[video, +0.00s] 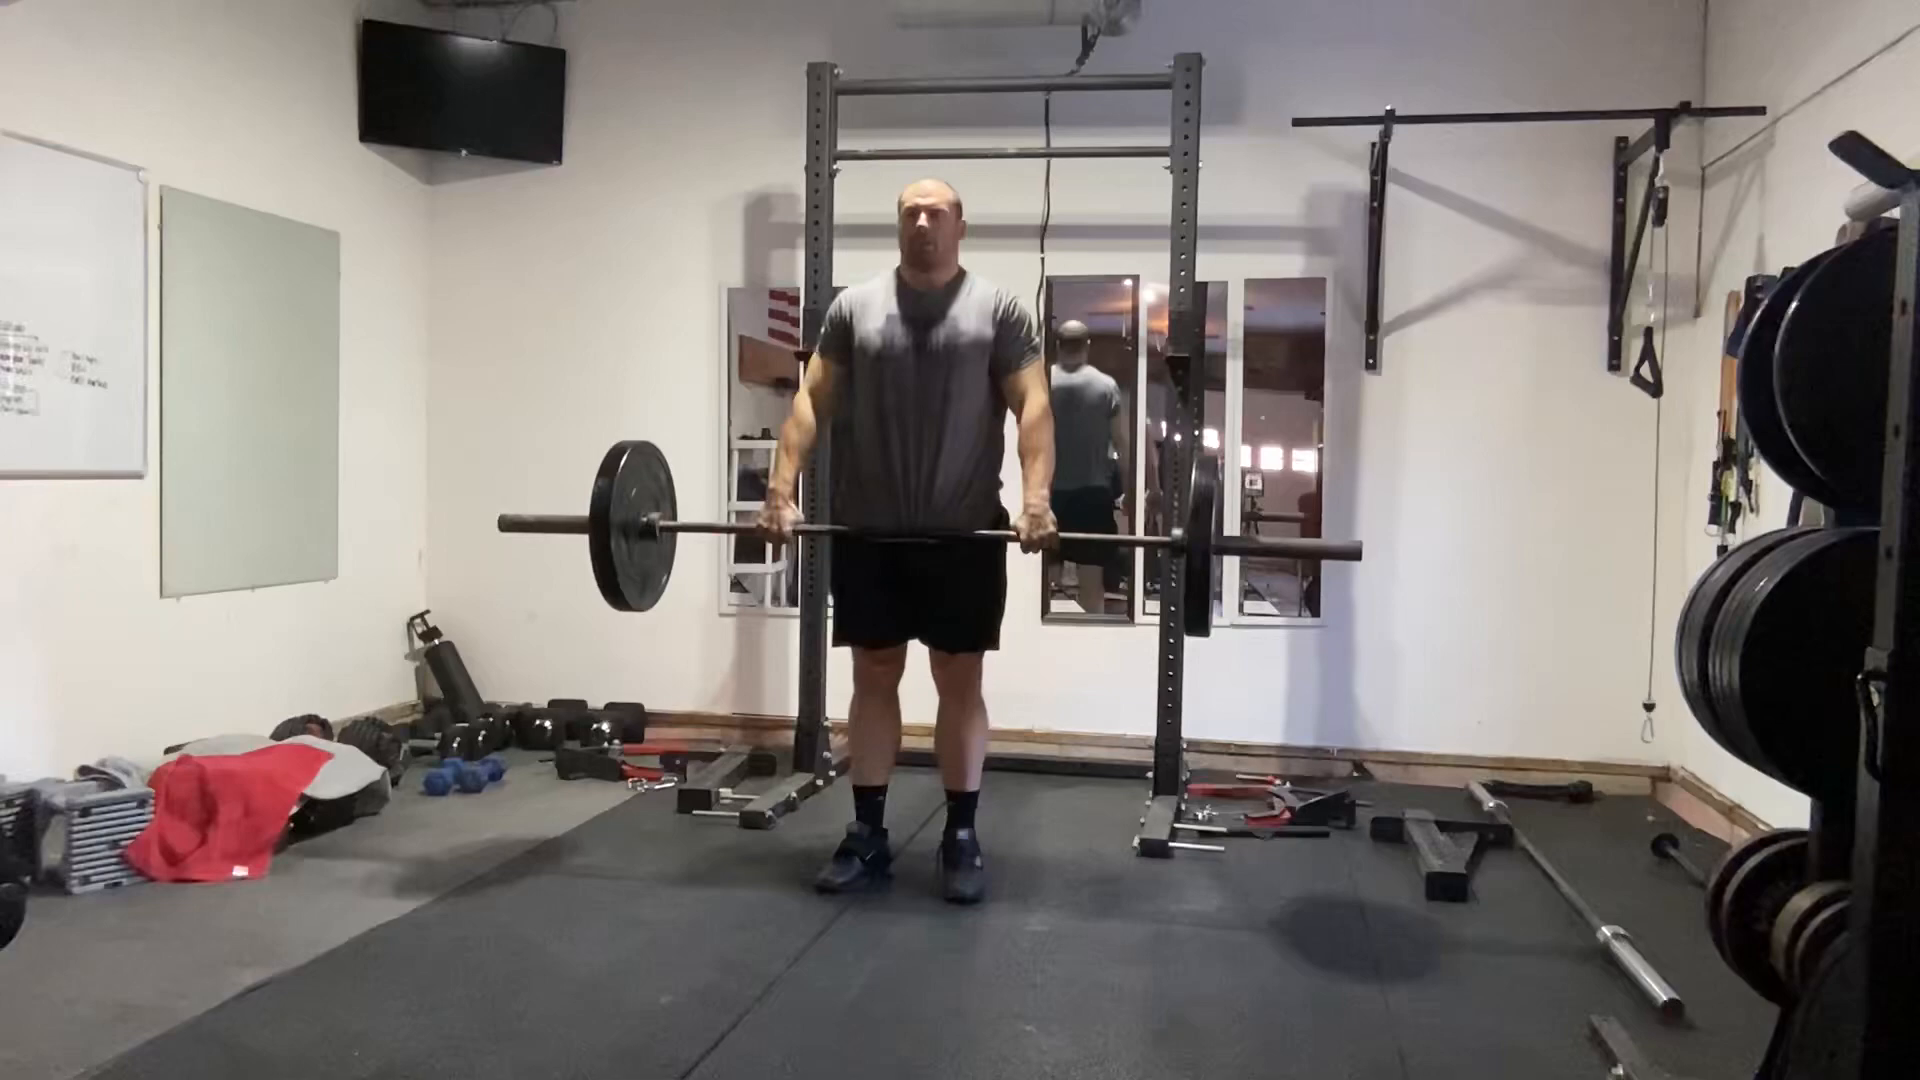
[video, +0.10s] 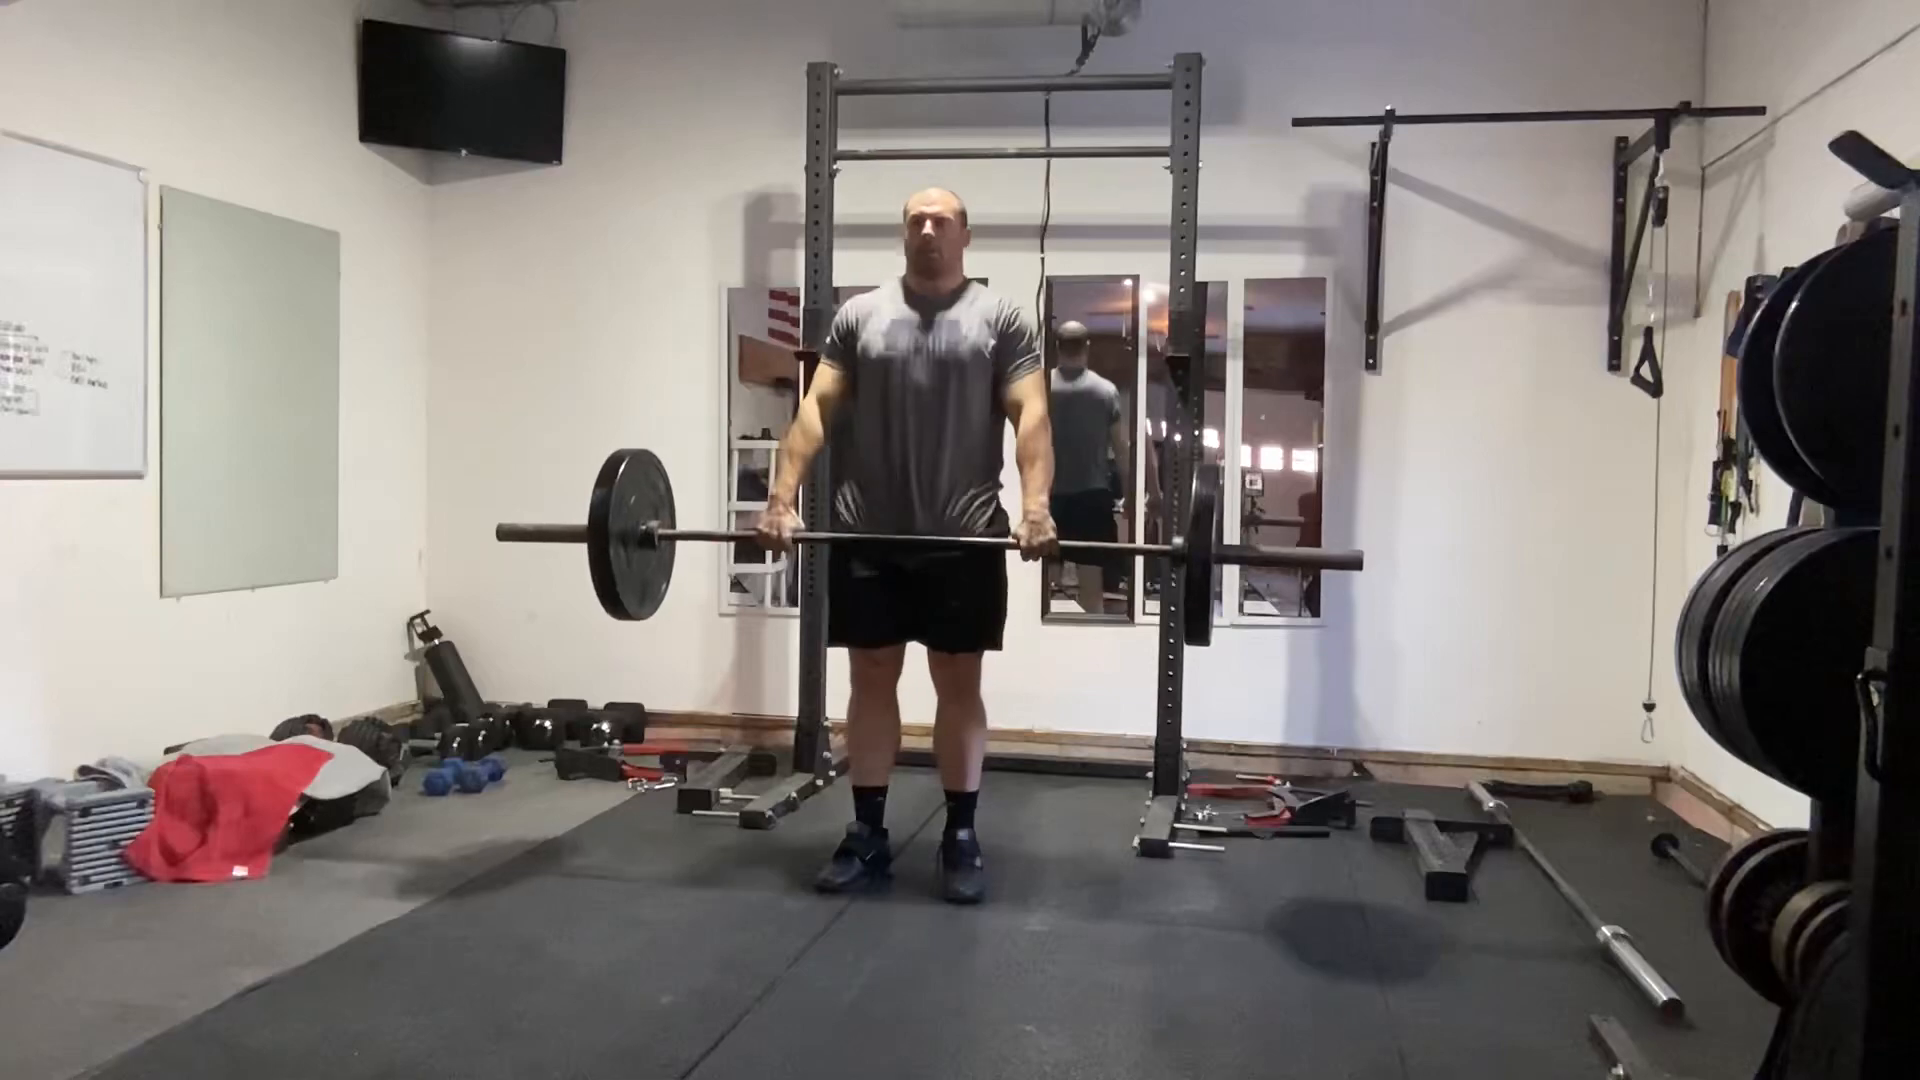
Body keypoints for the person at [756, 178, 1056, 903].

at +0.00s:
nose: (920, 219)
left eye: (934, 211)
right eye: (910, 211)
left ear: (961, 229)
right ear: (897, 229)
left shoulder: (996, 313)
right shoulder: (852, 308)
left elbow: (1032, 406)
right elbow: (808, 399)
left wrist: (1037, 498)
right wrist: (781, 486)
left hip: (961, 530)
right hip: (868, 527)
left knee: (959, 679)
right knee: (874, 675)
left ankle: (961, 837)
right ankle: (866, 836)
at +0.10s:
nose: (926, 229)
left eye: (940, 220)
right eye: (916, 221)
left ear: (965, 238)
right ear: (901, 237)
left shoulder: (999, 318)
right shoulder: (858, 315)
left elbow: (1030, 414)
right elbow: (815, 406)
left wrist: (1035, 505)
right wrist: (781, 495)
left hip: (961, 534)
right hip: (868, 532)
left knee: (958, 681)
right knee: (871, 678)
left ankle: (961, 837)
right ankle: (866, 837)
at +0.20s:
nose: (927, 233)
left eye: (941, 224)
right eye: (917, 224)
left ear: (966, 241)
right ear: (903, 239)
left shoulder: (999, 322)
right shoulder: (859, 319)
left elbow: (1031, 416)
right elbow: (815, 408)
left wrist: (1035, 506)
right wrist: (782, 495)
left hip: (961, 533)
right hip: (868, 532)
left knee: (958, 679)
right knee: (868, 676)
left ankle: (960, 838)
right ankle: (866, 838)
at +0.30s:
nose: (924, 233)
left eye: (939, 224)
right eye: (914, 224)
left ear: (963, 242)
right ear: (901, 238)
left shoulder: (997, 322)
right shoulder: (858, 318)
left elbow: (1031, 416)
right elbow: (813, 407)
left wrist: (1035, 506)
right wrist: (782, 496)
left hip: (961, 533)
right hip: (868, 532)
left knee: (958, 679)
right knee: (869, 675)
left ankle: (960, 838)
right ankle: (866, 838)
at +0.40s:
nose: (923, 231)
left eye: (937, 222)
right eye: (913, 222)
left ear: (961, 240)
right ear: (899, 238)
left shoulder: (996, 322)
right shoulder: (856, 319)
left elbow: (1031, 416)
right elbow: (812, 408)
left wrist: (1035, 507)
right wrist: (781, 498)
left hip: (962, 534)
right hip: (868, 534)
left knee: (959, 680)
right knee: (868, 676)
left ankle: (960, 838)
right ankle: (866, 837)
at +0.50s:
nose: (920, 228)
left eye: (935, 219)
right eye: (910, 219)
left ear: (959, 238)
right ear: (897, 236)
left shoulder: (995, 320)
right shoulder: (853, 318)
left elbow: (1030, 417)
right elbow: (810, 410)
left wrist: (1035, 508)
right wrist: (780, 501)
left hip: (962, 534)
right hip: (867, 533)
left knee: (958, 679)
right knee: (867, 676)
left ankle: (961, 836)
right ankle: (866, 836)